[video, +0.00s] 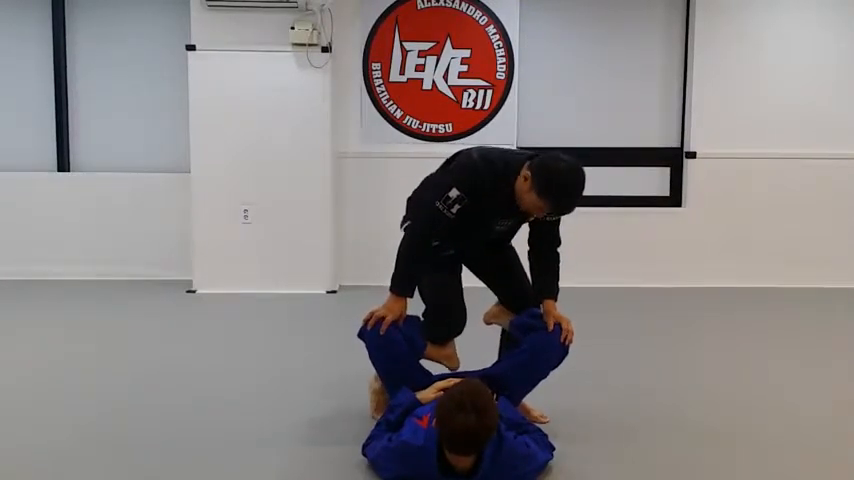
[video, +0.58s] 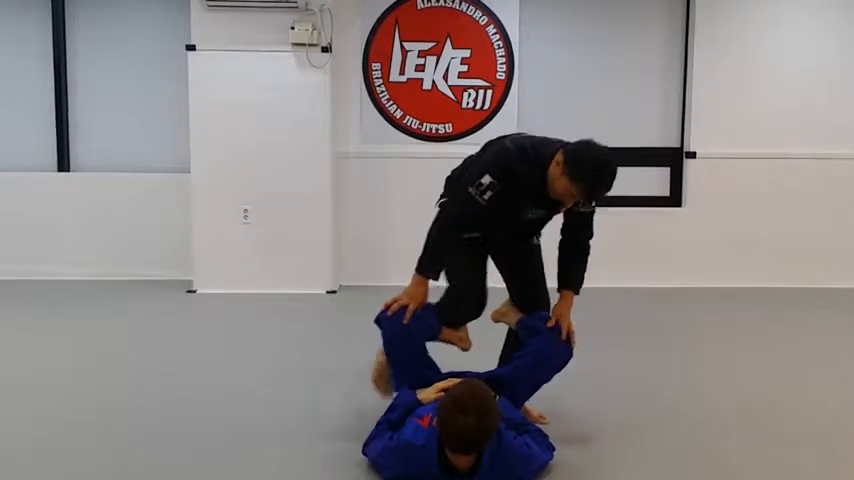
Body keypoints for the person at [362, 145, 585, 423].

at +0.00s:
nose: (539, 217)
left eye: (547, 214)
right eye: (538, 209)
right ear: (526, 179)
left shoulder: (549, 187)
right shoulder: (474, 171)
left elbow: (545, 244)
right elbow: (420, 227)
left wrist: (549, 302)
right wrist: (398, 297)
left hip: (485, 238)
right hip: (437, 234)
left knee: (526, 307)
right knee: (447, 325)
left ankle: (508, 395)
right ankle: (388, 377)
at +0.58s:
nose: (570, 204)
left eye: (580, 200)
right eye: (570, 193)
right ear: (557, 165)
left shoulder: (583, 181)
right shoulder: (506, 158)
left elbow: (577, 237)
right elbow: (451, 214)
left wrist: (566, 302)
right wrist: (420, 280)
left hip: (517, 230)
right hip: (468, 221)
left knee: (535, 312)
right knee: (468, 302)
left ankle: (508, 397)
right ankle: (399, 342)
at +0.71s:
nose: (575, 198)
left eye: (584, 194)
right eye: (574, 187)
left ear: (595, 189)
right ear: (563, 160)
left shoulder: (587, 180)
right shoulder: (513, 156)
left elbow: (580, 233)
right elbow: (458, 213)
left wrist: (571, 292)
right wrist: (425, 281)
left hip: (520, 231)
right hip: (472, 220)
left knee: (535, 311)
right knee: (483, 295)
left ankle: (508, 398)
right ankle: (403, 318)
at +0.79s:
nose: (576, 196)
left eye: (585, 192)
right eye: (575, 185)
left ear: (596, 187)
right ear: (564, 157)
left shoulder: (589, 180)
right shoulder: (515, 155)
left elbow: (582, 231)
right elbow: (459, 212)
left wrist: (573, 290)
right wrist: (427, 281)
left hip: (523, 232)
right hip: (475, 220)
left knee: (536, 315)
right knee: (489, 293)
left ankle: (508, 398)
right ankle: (416, 305)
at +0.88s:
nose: (577, 193)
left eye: (586, 189)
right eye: (576, 182)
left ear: (598, 183)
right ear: (566, 154)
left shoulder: (588, 175)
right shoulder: (517, 153)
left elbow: (584, 228)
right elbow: (462, 211)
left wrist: (575, 286)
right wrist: (430, 279)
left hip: (526, 234)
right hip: (478, 223)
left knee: (538, 316)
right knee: (502, 295)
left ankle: (510, 399)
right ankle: (431, 291)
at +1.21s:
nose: (582, 187)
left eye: (589, 182)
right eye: (580, 176)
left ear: (600, 177)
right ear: (568, 147)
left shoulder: (585, 171)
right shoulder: (517, 154)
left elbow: (583, 220)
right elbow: (465, 214)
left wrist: (578, 276)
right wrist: (433, 281)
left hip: (525, 239)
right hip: (480, 232)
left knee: (545, 317)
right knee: (521, 307)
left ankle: (509, 396)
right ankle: (458, 319)